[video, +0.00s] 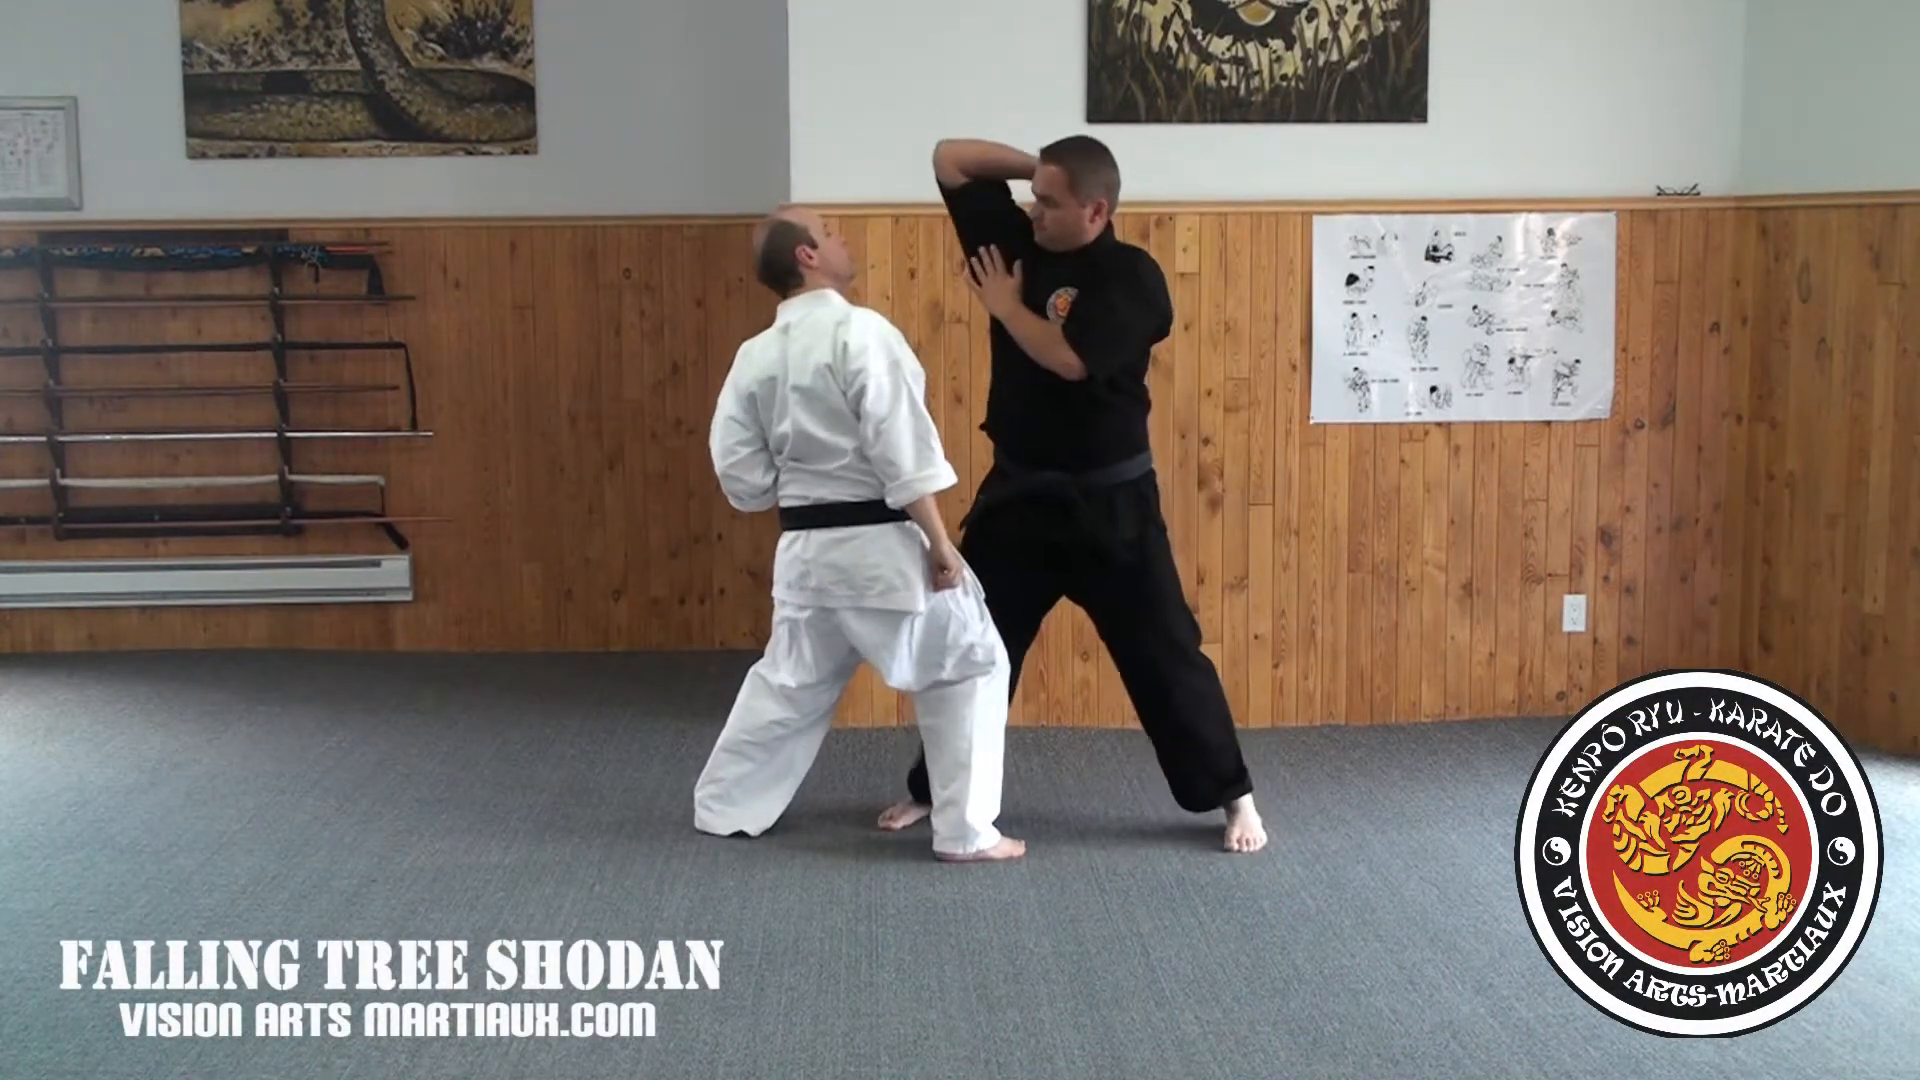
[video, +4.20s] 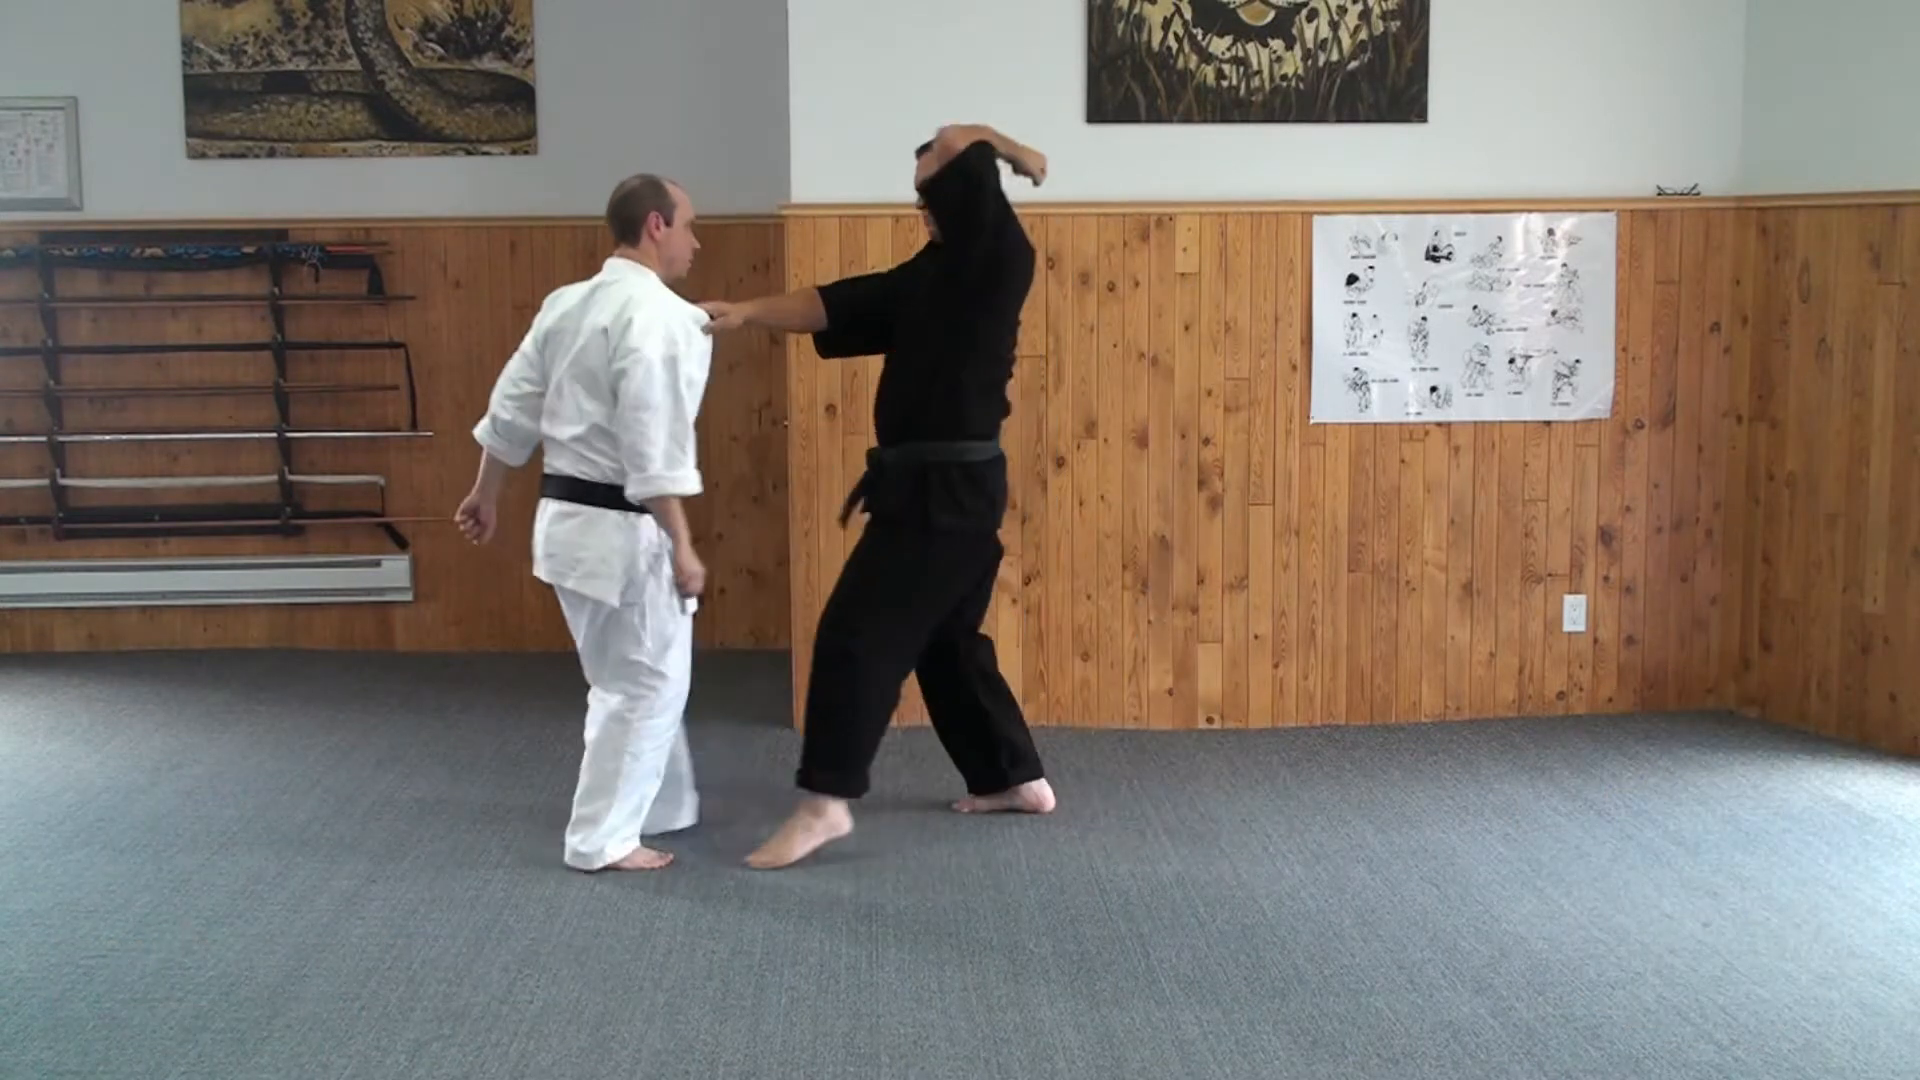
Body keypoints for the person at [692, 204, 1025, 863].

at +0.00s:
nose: (843, 240)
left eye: (835, 231)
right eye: (831, 234)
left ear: (788, 268)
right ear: (808, 257)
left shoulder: (756, 354)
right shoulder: (865, 334)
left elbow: (738, 471)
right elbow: (901, 453)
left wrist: (802, 492)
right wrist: (939, 542)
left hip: (803, 550)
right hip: (883, 545)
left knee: (788, 680)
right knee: (970, 665)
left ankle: (723, 807)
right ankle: (966, 830)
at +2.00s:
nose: (839, 267)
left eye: (838, 253)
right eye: (830, 253)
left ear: (779, 257)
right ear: (793, 254)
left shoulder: (716, 349)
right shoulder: (810, 338)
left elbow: (704, 463)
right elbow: (834, 452)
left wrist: (767, 503)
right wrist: (877, 542)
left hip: (768, 550)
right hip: (834, 545)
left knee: (785, 676)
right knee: (930, 667)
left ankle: (721, 806)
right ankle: (962, 830)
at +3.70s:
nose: (760, 263)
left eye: (758, 250)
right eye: (754, 250)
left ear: (699, 254)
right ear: (725, 250)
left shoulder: (640, 349)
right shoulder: (746, 332)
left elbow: (630, 466)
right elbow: (798, 440)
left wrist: (693, 496)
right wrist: (860, 518)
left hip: (691, 551)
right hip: (769, 549)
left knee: (735, 682)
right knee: (843, 679)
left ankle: (726, 812)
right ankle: (914, 823)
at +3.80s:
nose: (743, 259)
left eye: (741, 244)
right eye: (736, 244)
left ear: (684, 246)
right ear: (705, 244)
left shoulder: (622, 336)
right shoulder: (718, 328)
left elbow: (601, 461)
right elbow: (768, 444)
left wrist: (664, 492)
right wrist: (827, 526)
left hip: (663, 550)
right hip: (734, 549)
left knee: (721, 675)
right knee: (829, 651)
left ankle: (724, 807)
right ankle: (815, 810)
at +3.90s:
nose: (722, 251)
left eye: (721, 236)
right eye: (717, 235)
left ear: (658, 239)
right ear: (685, 236)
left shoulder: (602, 326)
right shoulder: (704, 323)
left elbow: (574, 438)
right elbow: (737, 442)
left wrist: (600, 501)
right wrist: (788, 524)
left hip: (639, 536)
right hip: (714, 536)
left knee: (688, 671)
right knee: (770, 666)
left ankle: (720, 805)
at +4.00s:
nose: (714, 248)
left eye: (712, 232)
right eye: (707, 232)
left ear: (653, 235)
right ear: (674, 233)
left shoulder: (588, 320)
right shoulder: (688, 321)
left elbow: (547, 423)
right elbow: (710, 446)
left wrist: (533, 506)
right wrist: (755, 531)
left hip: (612, 535)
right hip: (679, 538)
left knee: (692, 674)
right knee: (681, 683)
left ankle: (715, 807)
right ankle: (601, 820)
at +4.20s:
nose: (694, 243)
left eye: (694, 227)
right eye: (689, 227)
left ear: (626, 231)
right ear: (655, 229)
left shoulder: (565, 303)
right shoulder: (658, 317)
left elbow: (513, 403)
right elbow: (652, 446)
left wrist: (485, 487)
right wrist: (683, 543)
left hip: (563, 525)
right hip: (626, 531)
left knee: (632, 670)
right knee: (643, 685)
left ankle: (662, 804)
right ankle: (600, 839)